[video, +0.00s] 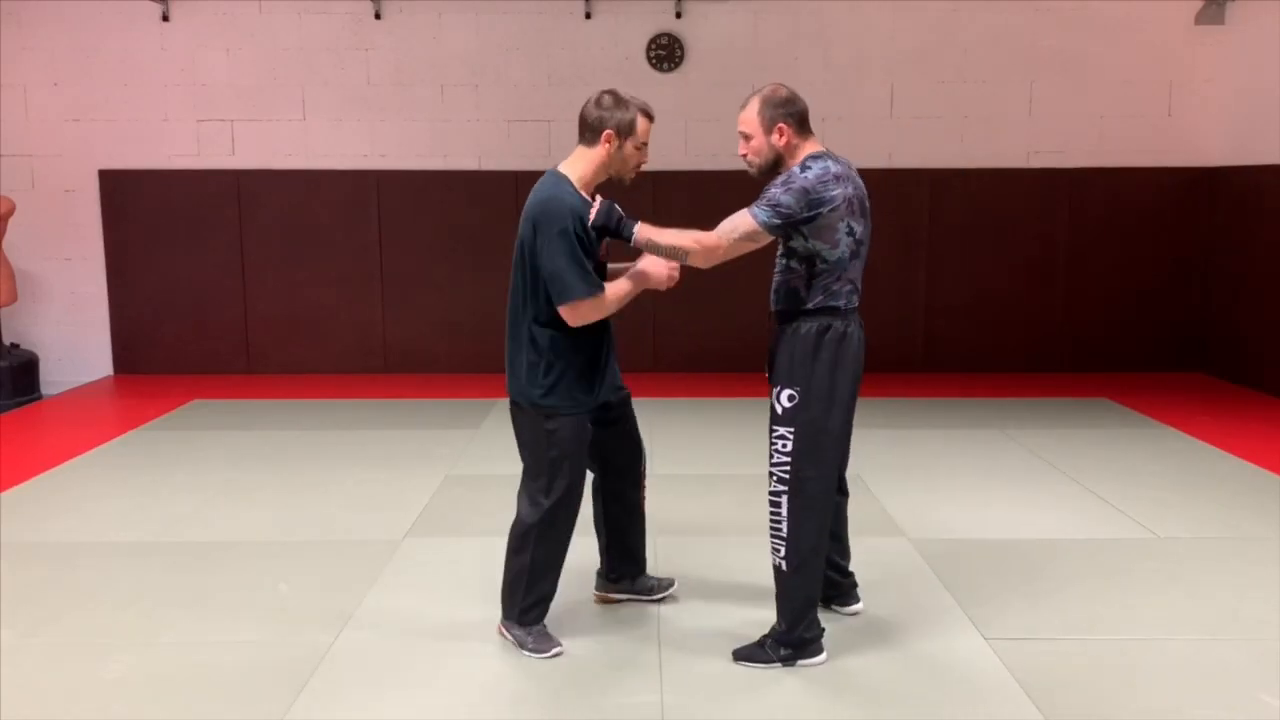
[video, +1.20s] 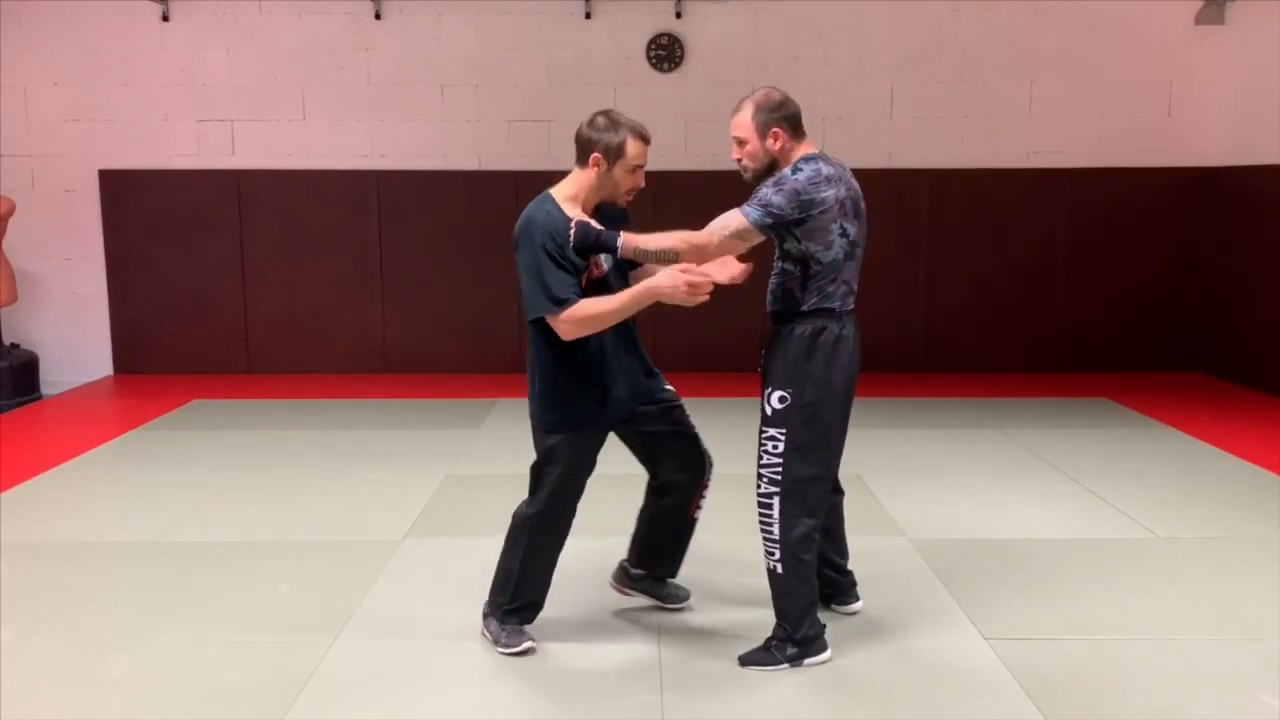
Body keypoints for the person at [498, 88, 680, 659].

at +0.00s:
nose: (644, 160)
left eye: (646, 149)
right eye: (640, 148)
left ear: (607, 141)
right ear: (610, 142)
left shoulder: (584, 195)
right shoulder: (557, 207)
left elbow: (604, 250)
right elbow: (577, 310)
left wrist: (652, 251)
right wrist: (637, 278)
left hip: (592, 373)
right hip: (549, 382)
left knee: (623, 468)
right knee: (550, 498)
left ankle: (620, 575)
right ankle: (520, 617)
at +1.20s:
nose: (642, 182)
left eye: (643, 169)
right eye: (635, 169)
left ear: (602, 165)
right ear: (597, 163)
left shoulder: (609, 216)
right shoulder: (541, 224)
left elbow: (634, 272)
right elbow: (567, 320)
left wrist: (697, 268)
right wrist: (651, 289)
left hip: (626, 377)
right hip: (569, 389)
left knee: (685, 467)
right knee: (550, 505)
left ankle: (644, 571)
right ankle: (505, 613)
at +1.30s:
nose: (670, 188)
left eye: (672, 175)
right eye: (661, 176)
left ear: (629, 171)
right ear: (622, 170)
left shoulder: (656, 218)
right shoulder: (564, 228)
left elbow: (696, 285)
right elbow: (582, 311)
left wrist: (744, 252)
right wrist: (664, 266)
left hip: (654, 378)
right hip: (590, 393)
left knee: (721, 467)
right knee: (563, 507)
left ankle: (711, 580)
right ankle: (507, 614)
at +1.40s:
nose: (720, 191)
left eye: (725, 178)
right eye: (709, 178)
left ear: (727, 176)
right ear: (673, 170)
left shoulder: (714, 229)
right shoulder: (615, 217)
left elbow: (734, 300)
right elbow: (590, 280)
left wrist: (759, 260)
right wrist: (680, 257)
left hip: (693, 390)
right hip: (622, 396)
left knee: (757, 472)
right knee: (576, 504)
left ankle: (790, 579)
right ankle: (510, 610)